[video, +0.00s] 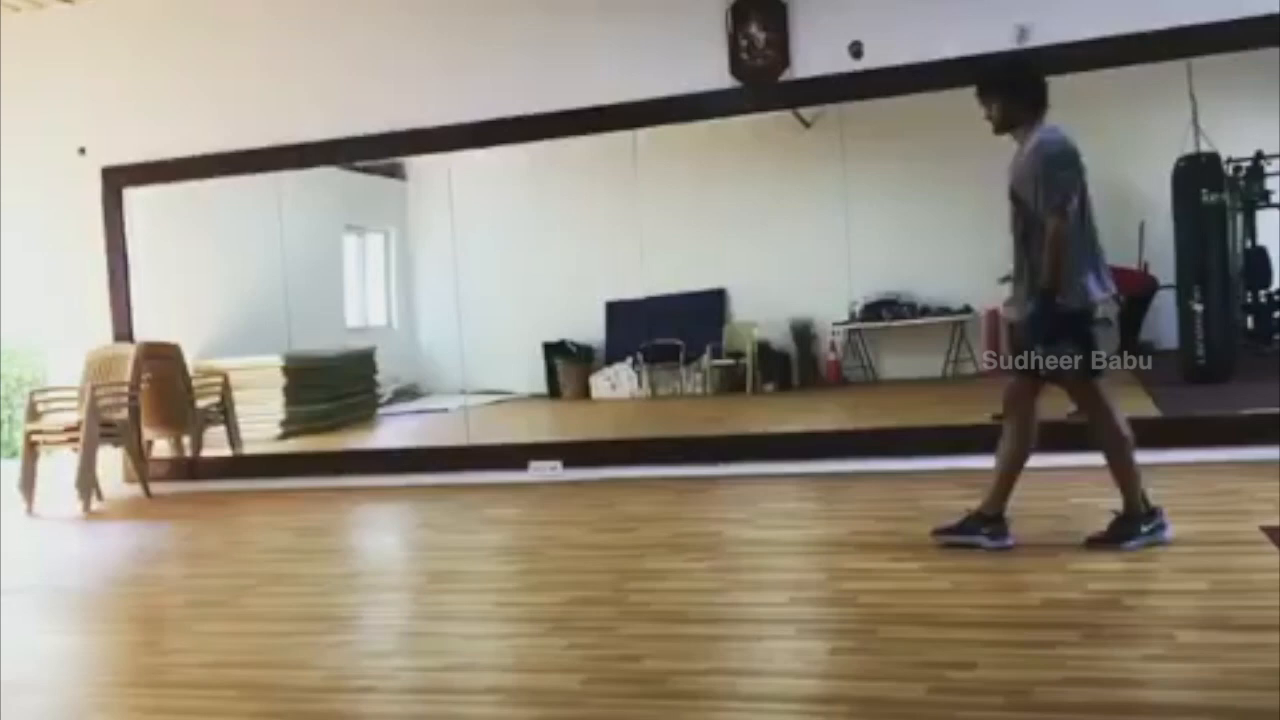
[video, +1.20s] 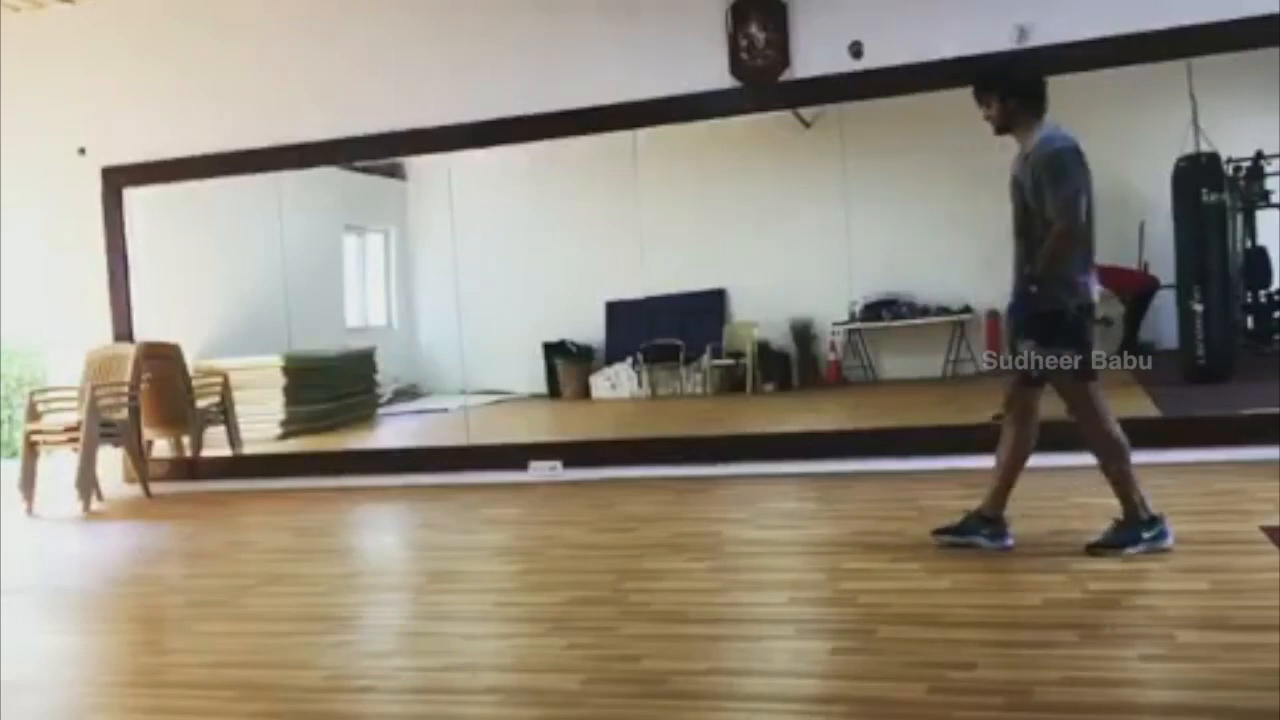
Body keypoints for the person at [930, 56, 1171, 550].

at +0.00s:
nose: (983, 110)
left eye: (989, 100)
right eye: (982, 100)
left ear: (1016, 99)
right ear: (1020, 102)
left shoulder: (1051, 148)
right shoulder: (1030, 151)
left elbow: (1058, 225)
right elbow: (1039, 231)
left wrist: (1047, 296)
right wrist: (1024, 301)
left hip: (1065, 304)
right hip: (1047, 304)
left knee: (1093, 404)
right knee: (1017, 403)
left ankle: (1139, 511)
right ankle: (990, 513)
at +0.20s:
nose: (958, 112)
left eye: (962, 100)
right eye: (957, 102)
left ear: (987, 99)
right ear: (988, 99)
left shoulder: (1025, 140)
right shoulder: (999, 150)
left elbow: (1036, 212)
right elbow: (1008, 227)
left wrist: (978, 241)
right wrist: (977, 272)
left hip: (1028, 301)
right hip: (1002, 304)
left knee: (1042, 405)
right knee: (999, 403)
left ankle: (1125, 500)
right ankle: (987, 516)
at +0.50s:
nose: (936, 120)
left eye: (938, 110)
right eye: (934, 111)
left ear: (961, 105)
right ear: (964, 105)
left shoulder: (1002, 137)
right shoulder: (979, 150)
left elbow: (1010, 225)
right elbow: (972, 225)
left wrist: (994, 299)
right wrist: (933, 268)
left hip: (1003, 293)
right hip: (992, 291)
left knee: (962, 400)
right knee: (994, 402)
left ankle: (1041, 490)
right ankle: (986, 515)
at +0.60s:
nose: (937, 123)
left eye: (939, 112)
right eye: (934, 115)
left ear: (963, 104)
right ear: (964, 105)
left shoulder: (998, 136)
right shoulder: (978, 153)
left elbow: (1022, 138)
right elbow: (970, 228)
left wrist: (1002, 109)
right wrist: (931, 271)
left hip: (1000, 293)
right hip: (992, 292)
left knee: (959, 400)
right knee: (992, 402)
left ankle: (1036, 492)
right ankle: (986, 516)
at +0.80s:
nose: (944, 122)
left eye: (945, 110)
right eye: (941, 113)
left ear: (966, 104)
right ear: (970, 105)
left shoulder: (1011, 140)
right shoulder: (980, 155)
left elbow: (1037, 190)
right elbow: (989, 242)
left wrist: (977, 158)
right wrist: (960, 297)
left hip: (1007, 300)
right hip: (989, 301)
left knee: (979, 406)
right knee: (993, 408)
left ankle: (1077, 490)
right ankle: (986, 516)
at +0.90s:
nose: (951, 118)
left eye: (953, 107)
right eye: (949, 109)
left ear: (977, 104)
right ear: (978, 105)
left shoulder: (1022, 146)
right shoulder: (997, 154)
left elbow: (1049, 211)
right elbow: (1025, 223)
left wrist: (975, 229)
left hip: (1015, 302)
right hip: (1000, 303)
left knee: (1007, 410)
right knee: (1004, 411)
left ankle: (1107, 498)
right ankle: (987, 516)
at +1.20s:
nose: (983, 112)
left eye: (987, 102)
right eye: (982, 103)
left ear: (1012, 102)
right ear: (1018, 103)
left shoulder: (1053, 152)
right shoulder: (1032, 155)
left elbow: (1066, 229)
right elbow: (1043, 233)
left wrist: (1035, 284)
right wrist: (1029, 287)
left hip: (1060, 307)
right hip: (1040, 305)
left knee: (1090, 412)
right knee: (1020, 410)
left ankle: (1141, 517)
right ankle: (990, 515)